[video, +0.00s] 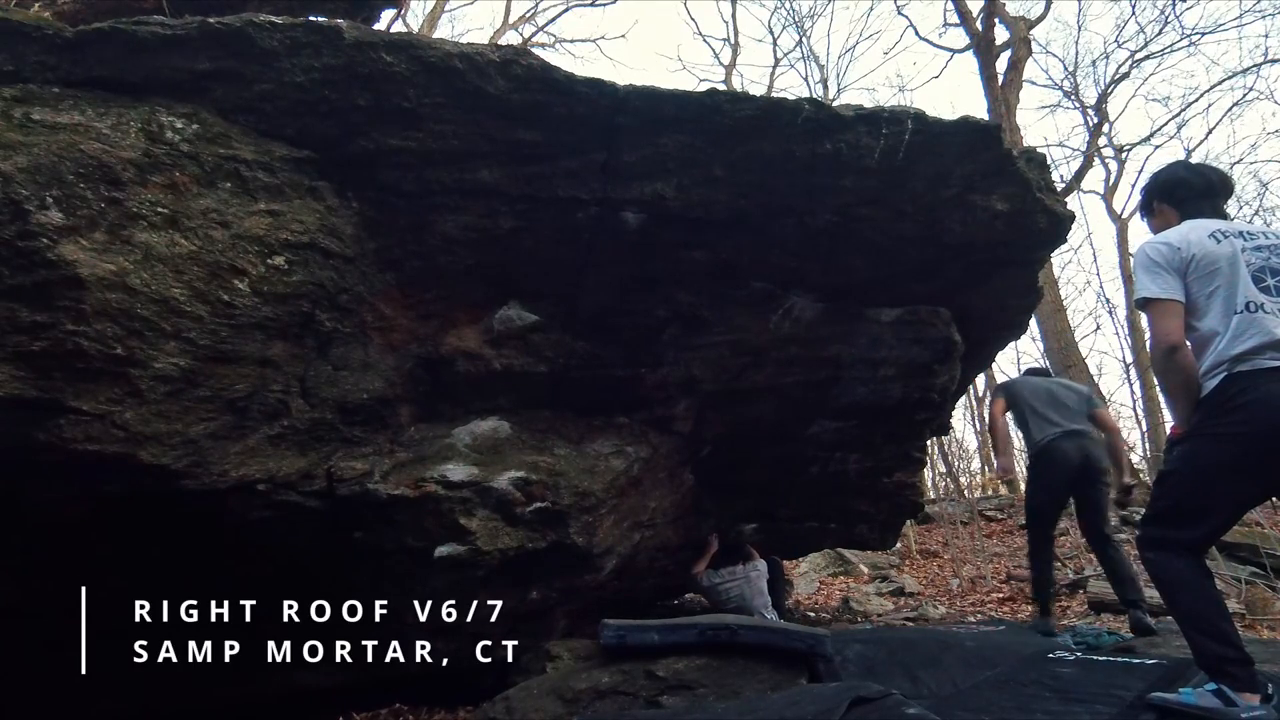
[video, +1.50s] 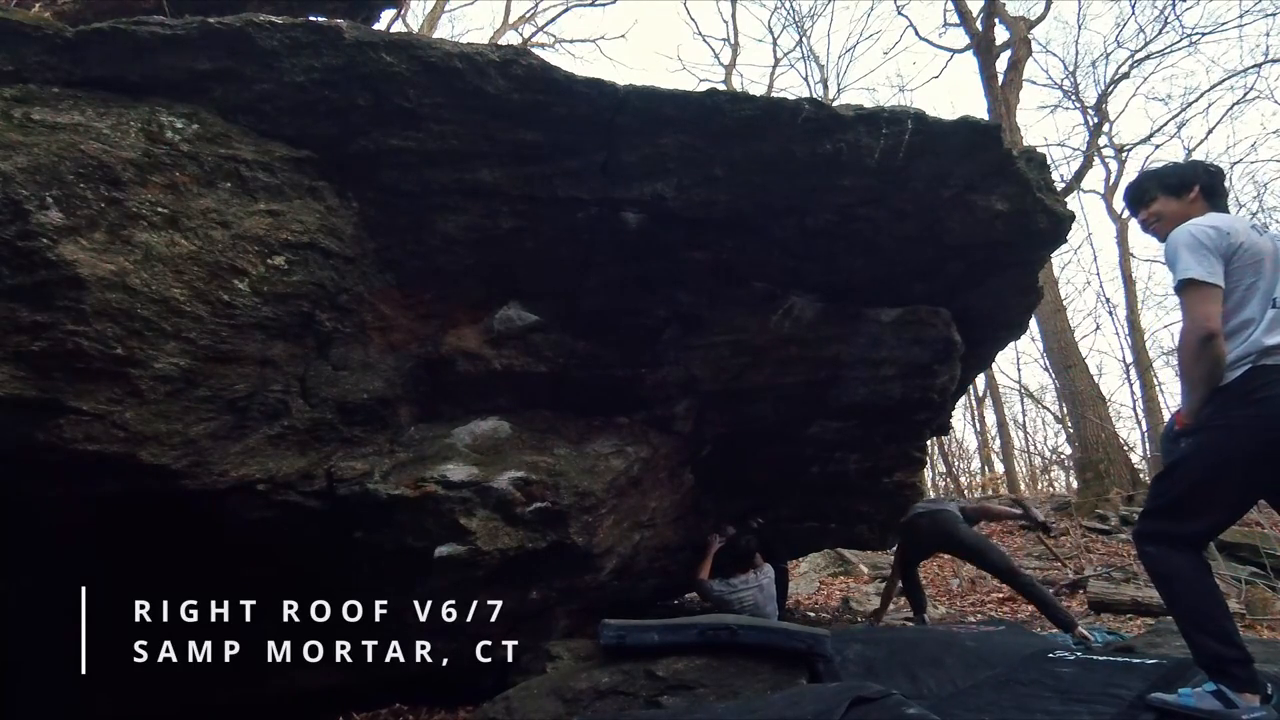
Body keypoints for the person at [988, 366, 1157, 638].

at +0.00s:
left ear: (1023, 378)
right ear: (1051, 378)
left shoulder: (1011, 385)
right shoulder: (1080, 389)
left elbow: (997, 414)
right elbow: (1112, 428)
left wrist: (1003, 461)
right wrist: (1125, 476)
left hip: (1051, 457)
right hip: (1093, 452)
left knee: (1040, 535)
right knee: (1100, 533)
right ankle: (1137, 609)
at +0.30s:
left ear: (1000, 402)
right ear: (1026, 402)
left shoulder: (981, 412)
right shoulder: (1043, 413)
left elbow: (957, 446)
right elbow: (1074, 454)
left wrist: (962, 490)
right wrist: (1091, 495)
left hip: (1002, 486)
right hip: (1041, 481)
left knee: (1008, 560)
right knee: (1071, 543)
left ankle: (1025, 629)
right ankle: (1093, 606)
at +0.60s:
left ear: (1000, 416)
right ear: (1027, 419)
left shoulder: (984, 422)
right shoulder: (1043, 431)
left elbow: (958, 444)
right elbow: (1076, 473)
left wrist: (953, 482)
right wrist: (1079, 516)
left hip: (995, 490)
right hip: (1035, 489)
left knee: (983, 552)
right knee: (1062, 557)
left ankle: (1016, 611)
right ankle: (1087, 625)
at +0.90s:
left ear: (979, 444)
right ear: (1008, 447)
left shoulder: (965, 449)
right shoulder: (1023, 454)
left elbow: (932, 476)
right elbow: (1059, 492)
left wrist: (924, 511)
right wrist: (1074, 533)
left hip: (971, 499)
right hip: (1010, 498)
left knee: (944, 558)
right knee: (1052, 561)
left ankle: (922, 614)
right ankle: (1088, 628)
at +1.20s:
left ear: (932, 495)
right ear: (970, 494)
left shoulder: (917, 506)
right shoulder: (976, 494)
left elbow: (896, 549)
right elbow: (1021, 511)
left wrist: (887, 585)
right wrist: (1060, 529)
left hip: (925, 514)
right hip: (959, 511)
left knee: (915, 566)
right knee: (1018, 566)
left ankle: (920, 620)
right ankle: (1079, 627)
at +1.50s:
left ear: (920, 512)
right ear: (951, 507)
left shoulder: (909, 527)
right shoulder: (959, 510)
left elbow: (893, 579)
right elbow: (1015, 506)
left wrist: (880, 610)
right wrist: (1039, 521)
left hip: (914, 534)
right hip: (948, 525)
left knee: (908, 569)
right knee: (1014, 576)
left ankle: (921, 620)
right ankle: (1074, 629)